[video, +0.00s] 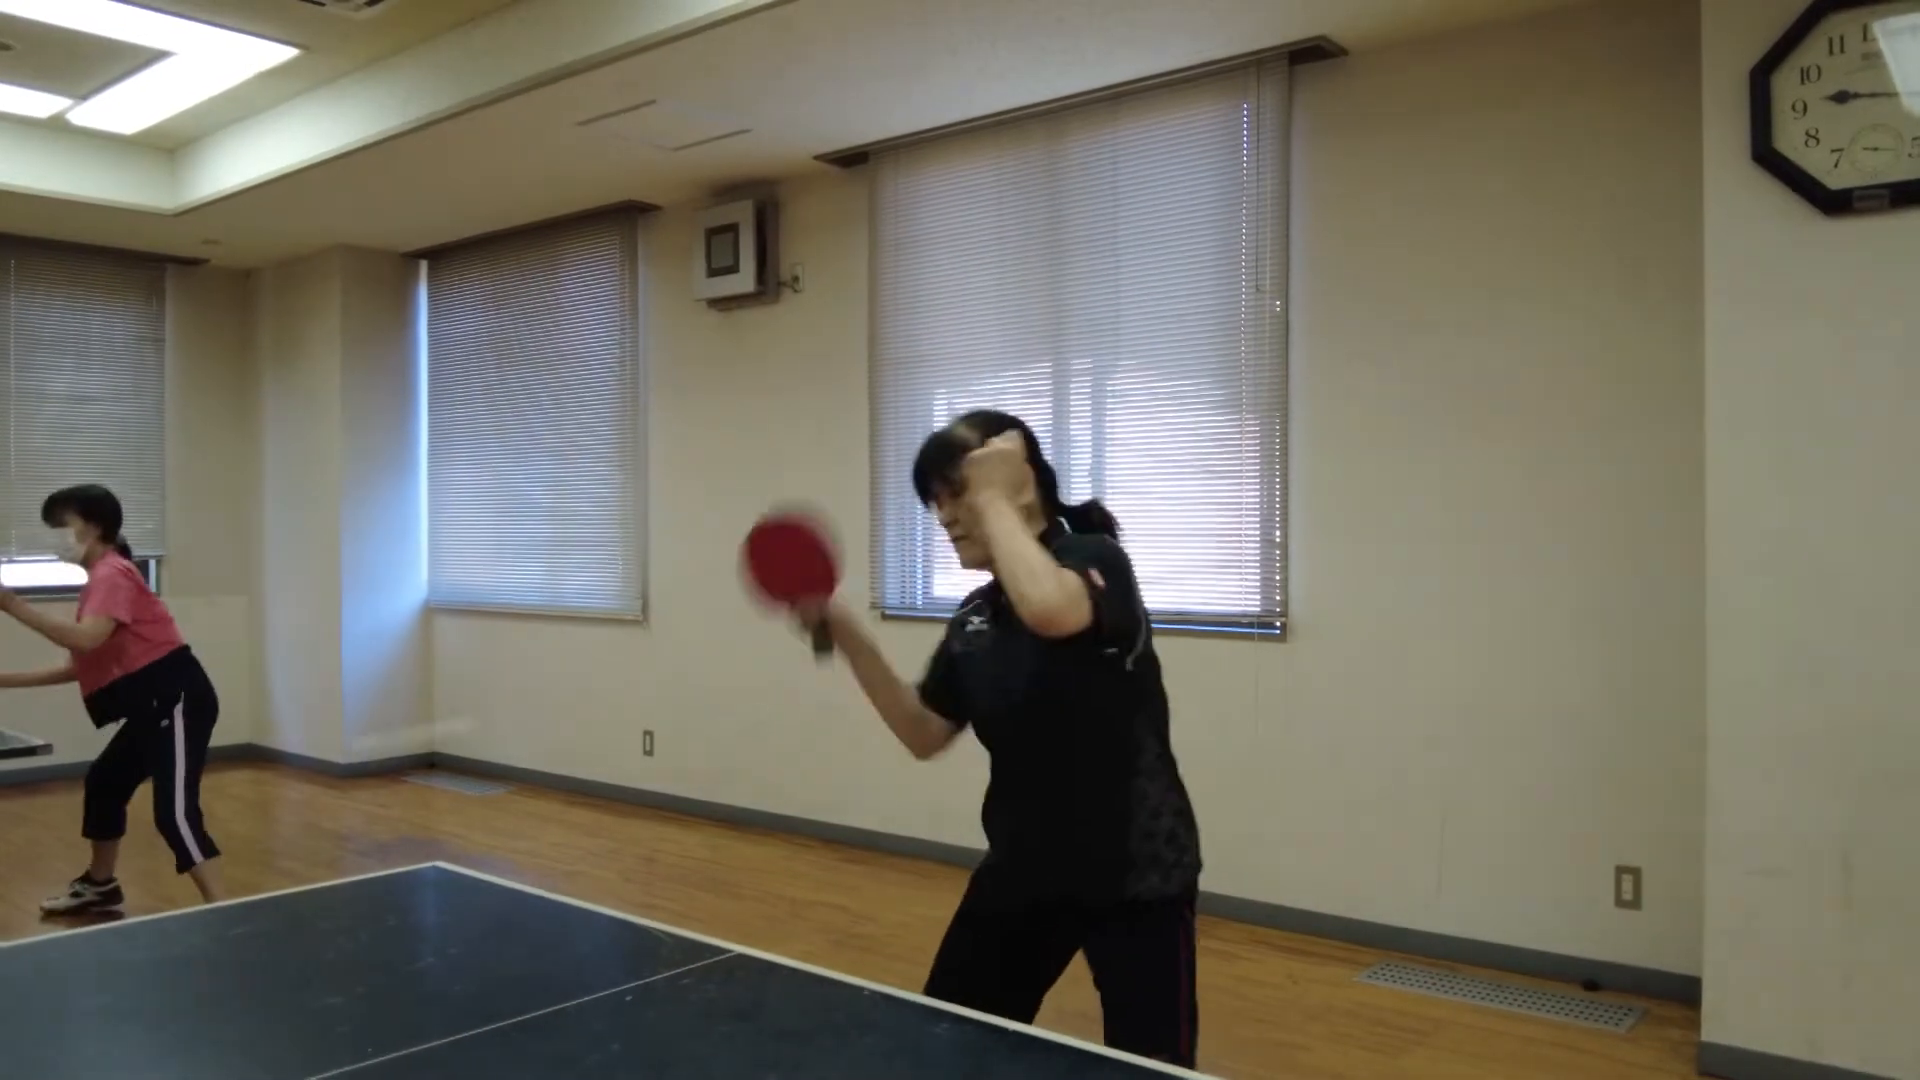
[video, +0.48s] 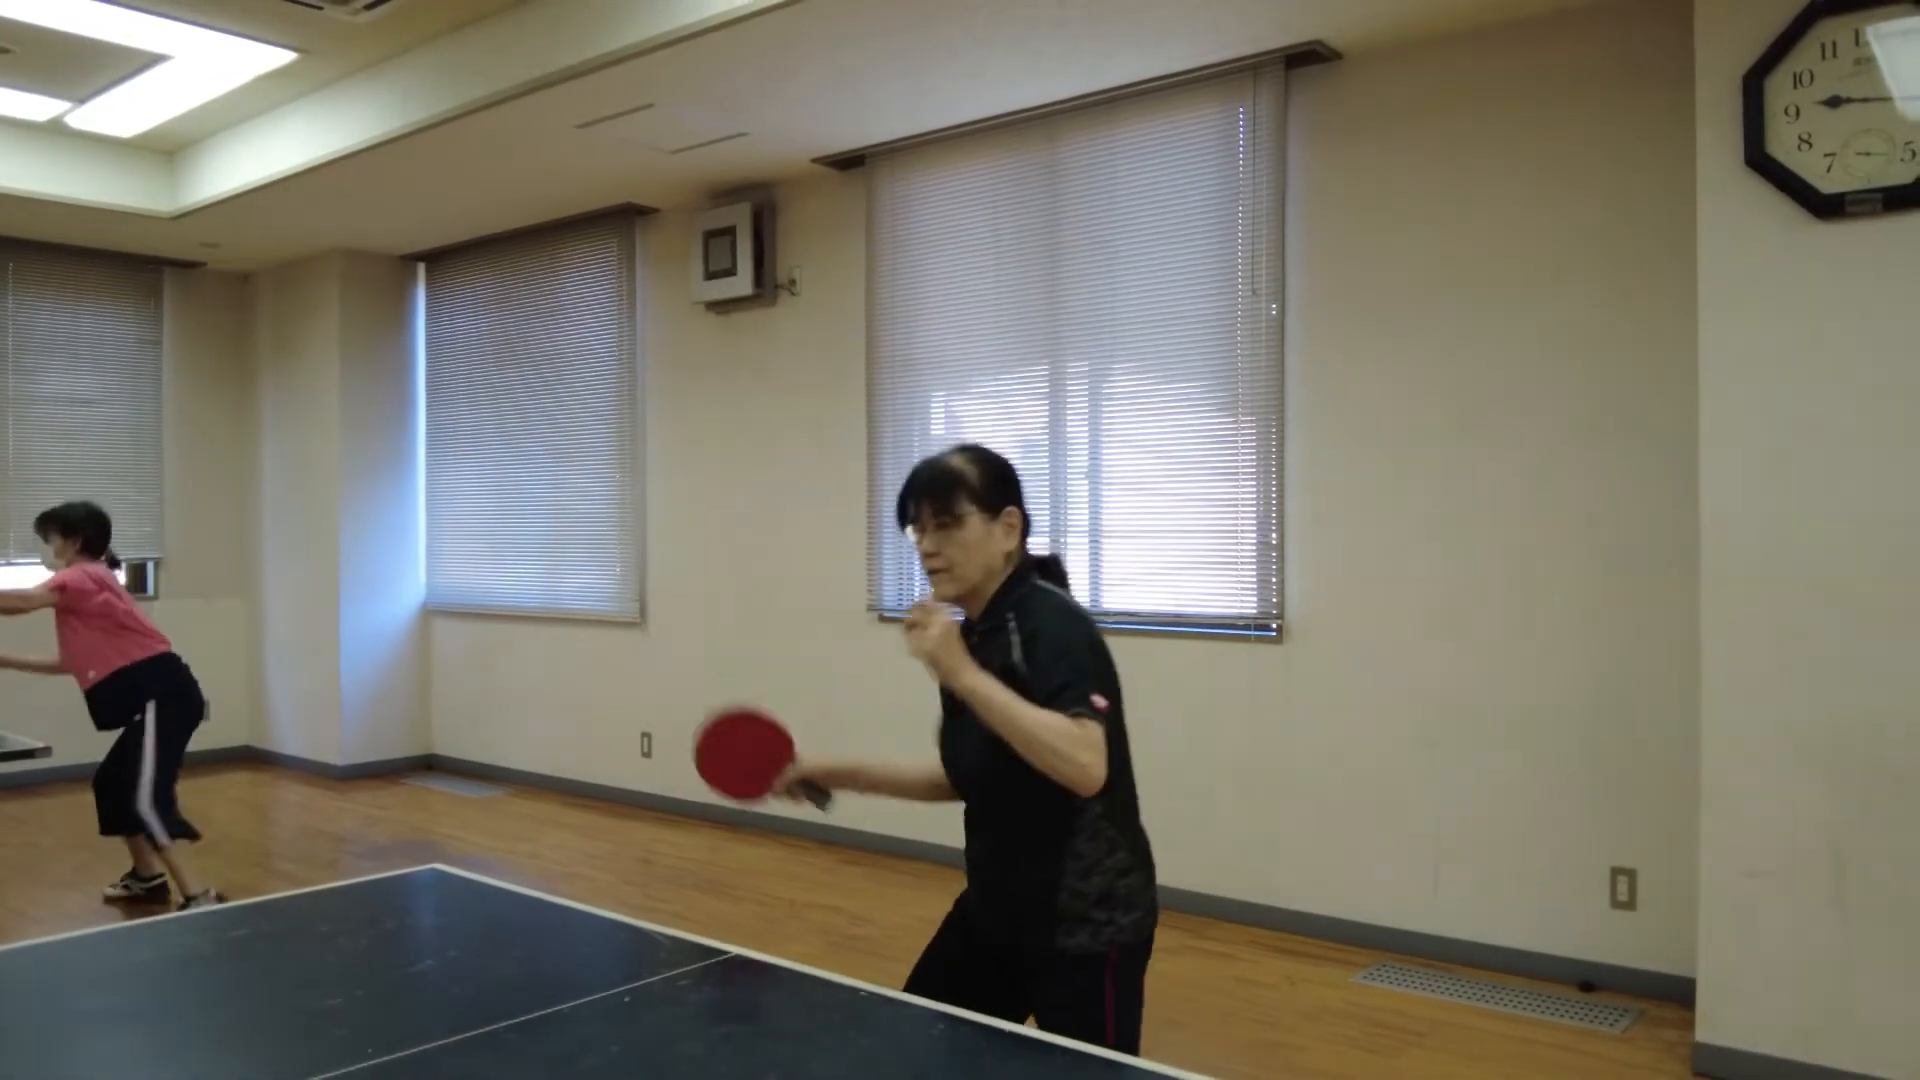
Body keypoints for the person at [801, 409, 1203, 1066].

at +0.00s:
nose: (946, 515)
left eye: (958, 495)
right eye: (939, 502)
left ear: (1015, 489)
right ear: (941, 511)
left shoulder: (1096, 560)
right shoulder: (976, 619)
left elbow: (1049, 609)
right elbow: (926, 734)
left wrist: (993, 494)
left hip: (1135, 867)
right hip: (1028, 867)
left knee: (1154, 1072)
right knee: (944, 1046)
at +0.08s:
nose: (961, 519)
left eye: (976, 495)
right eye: (953, 504)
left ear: (1033, 494)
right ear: (950, 515)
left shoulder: (1113, 573)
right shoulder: (978, 619)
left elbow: (1086, 631)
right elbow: (900, 719)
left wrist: (1032, 509)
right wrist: (869, 599)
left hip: (1139, 884)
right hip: (1027, 881)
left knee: (1158, 1078)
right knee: (943, 1053)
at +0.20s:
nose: (976, 526)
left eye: (996, 503)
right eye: (968, 510)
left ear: (1062, 505)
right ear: (960, 518)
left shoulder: (1125, 599)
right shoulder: (977, 626)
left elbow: (1127, 700)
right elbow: (900, 735)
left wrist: (1045, 571)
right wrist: (867, 637)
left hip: (1131, 894)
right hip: (1019, 889)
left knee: (1146, 1076)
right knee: (938, 1051)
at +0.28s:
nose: (975, 525)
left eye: (996, 503)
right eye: (966, 510)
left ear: (1059, 509)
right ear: (958, 521)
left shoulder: (1117, 607)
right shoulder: (973, 627)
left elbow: (1124, 731)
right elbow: (906, 744)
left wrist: (1029, 608)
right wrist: (857, 681)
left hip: (1122, 898)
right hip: (1013, 890)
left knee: (1137, 1078)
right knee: (930, 1051)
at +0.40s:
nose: (950, 533)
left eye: (971, 511)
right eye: (941, 517)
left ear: (1033, 516)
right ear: (933, 524)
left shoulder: (1083, 611)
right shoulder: (969, 632)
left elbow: (1104, 755)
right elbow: (928, 760)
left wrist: (989, 643)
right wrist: (831, 728)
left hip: (1105, 909)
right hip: (1005, 896)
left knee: (1116, 1079)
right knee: (919, 1048)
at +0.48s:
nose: (927, 548)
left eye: (947, 525)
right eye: (919, 532)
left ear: (1009, 528)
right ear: (914, 538)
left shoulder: (1053, 622)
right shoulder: (969, 636)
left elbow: (1088, 767)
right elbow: (964, 775)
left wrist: (961, 672)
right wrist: (839, 777)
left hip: (1088, 918)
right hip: (1000, 904)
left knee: (1089, 1076)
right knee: (912, 1047)